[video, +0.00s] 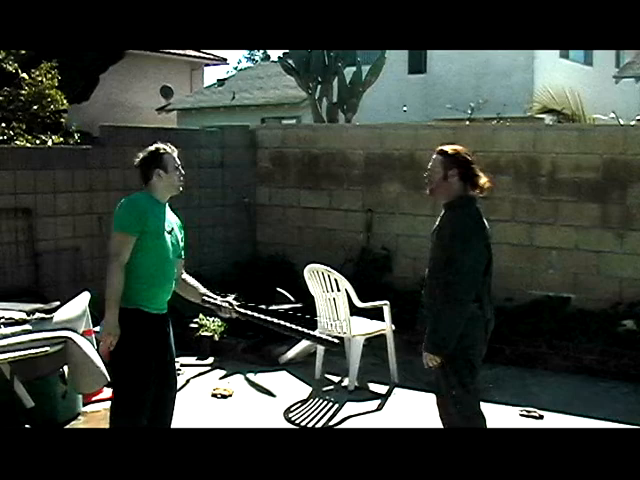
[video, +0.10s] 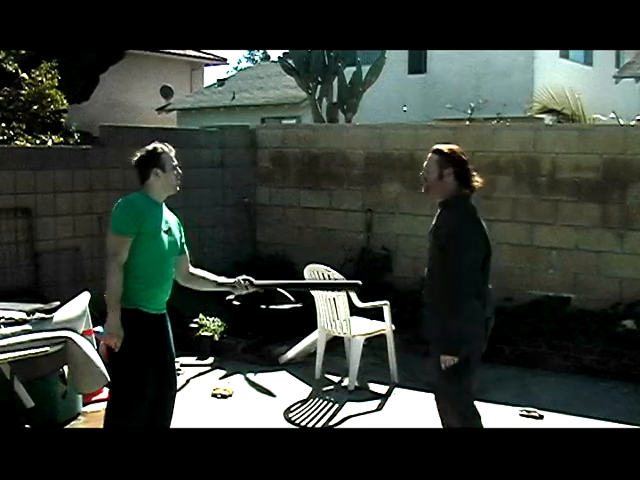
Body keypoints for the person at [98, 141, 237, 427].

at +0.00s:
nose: (182, 173)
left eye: (181, 168)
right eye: (176, 168)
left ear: (165, 174)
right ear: (158, 174)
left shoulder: (174, 221)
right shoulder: (133, 207)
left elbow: (178, 277)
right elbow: (117, 262)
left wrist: (214, 301)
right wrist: (111, 319)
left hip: (160, 319)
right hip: (133, 318)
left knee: (164, 391)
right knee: (133, 395)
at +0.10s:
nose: (179, 173)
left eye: (178, 167)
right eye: (173, 168)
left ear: (159, 173)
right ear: (156, 173)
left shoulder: (172, 220)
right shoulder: (130, 207)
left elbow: (185, 274)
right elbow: (114, 263)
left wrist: (229, 283)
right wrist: (113, 319)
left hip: (158, 317)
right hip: (132, 317)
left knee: (164, 390)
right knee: (131, 393)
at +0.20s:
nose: (174, 171)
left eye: (172, 166)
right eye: (168, 166)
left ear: (155, 173)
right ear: (150, 172)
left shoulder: (169, 219)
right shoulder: (123, 209)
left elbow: (200, 262)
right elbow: (112, 267)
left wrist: (246, 252)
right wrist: (119, 320)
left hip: (157, 318)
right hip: (128, 318)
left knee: (163, 390)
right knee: (129, 394)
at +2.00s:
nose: (201, 173)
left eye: (200, 167)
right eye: (195, 168)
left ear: (182, 174)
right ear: (175, 174)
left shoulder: (199, 218)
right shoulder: (145, 210)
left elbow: (210, 270)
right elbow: (128, 265)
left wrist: (249, 298)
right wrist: (127, 316)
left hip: (185, 318)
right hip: (151, 318)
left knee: (185, 390)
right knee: (149, 394)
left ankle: (176, 430)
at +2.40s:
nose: (174, 170)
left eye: (180, 165)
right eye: (168, 165)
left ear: (192, 171)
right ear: (160, 171)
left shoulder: (203, 217)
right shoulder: (145, 210)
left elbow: (204, 269)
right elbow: (118, 258)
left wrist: (208, 317)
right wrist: (111, 307)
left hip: (188, 317)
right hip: (149, 316)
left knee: (185, 393)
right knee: (150, 393)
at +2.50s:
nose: (167, 170)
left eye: (174, 165)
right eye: (164, 165)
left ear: (190, 171)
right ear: (160, 171)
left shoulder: (204, 216)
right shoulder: (144, 210)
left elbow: (207, 269)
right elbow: (111, 248)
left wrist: (210, 316)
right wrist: (92, 277)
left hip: (189, 317)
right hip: (149, 315)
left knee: (185, 393)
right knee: (150, 392)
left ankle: (177, 429)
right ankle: (144, 431)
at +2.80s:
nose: (196, 166)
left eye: (196, 162)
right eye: (188, 162)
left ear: (195, 173)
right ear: (167, 170)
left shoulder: (204, 219)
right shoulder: (144, 210)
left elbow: (214, 270)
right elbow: (104, 241)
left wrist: (241, 303)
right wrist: (78, 264)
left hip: (191, 316)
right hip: (153, 315)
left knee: (188, 390)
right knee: (154, 389)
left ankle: (178, 432)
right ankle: (146, 432)